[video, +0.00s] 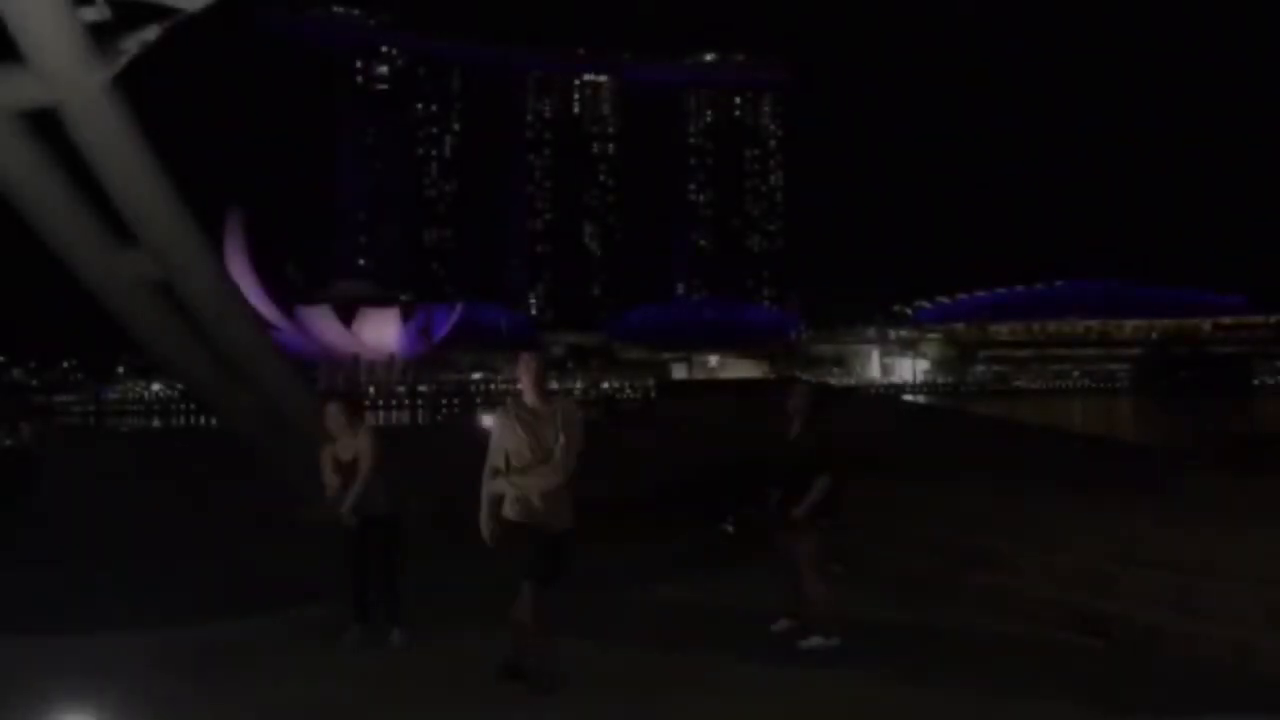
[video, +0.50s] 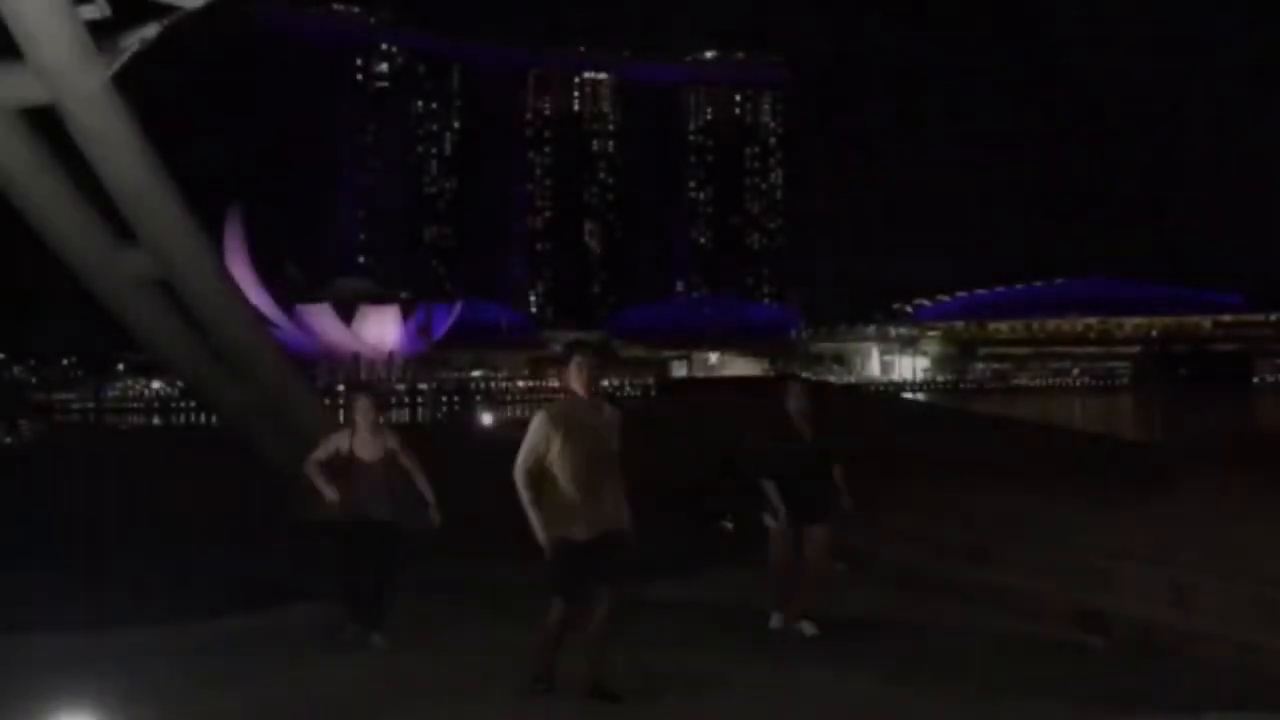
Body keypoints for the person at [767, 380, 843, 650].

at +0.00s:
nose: (792, 404)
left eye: (798, 399)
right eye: (791, 399)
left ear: (809, 404)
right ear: (789, 403)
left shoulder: (817, 436)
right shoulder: (787, 435)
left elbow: (824, 479)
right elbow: (784, 475)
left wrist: (804, 508)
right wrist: (777, 502)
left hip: (813, 517)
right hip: (790, 515)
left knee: (812, 572)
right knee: (792, 570)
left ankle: (822, 627)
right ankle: (793, 614)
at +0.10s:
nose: (789, 406)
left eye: (795, 400)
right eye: (786, 399)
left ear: (805, 404)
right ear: (780, 403)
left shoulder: (815, 434)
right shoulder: (777, 435)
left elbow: (831, 475)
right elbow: (765, 469)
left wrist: (817, 508)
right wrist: (765, 501)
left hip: (807, 511)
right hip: (781, 508)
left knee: (809, 568)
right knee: (786, 566)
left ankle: (822, 622)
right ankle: (790, 613)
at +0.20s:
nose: (788, 405)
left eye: (793, 399)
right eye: (784, 399)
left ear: (802, 403)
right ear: (778, 403)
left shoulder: (814, 433)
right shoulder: (772, 435)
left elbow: (838, 467)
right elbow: (759, 468)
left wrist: (832, 503)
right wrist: (756, 500)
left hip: (809, 504)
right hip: (779, 504)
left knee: (807, 561)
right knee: (782, 561)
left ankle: (822, 614)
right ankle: (789, 612)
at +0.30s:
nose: (790, 402)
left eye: (794, 396)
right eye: (785, 396)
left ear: (803, 400)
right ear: (779, 400)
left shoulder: (816, 430)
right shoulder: (772, 432)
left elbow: (842, 452)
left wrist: (842, 480)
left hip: (812, 499)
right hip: (780, 499)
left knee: (808, 559)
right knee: (784, 558)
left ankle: (813, 612)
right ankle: (788, 611)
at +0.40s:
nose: (792, 403)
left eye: (796, 397)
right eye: (787, 397)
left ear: (806, 402)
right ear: (782, 402)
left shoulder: (820, 437)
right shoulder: (776, 437)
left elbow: (834, 473)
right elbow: (760, 468)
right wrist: (772, 481)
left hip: (813, 504)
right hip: (783, 504)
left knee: (808, 561)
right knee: (784, 560)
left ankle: (807, 615)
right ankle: (786, 612)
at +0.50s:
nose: (799, 405)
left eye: (803, 399)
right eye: (794, 399)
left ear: (811, 401)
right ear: (785, 403)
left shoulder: (821, 431)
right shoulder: (776, 433)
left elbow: (834, 467)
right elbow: (766, 476)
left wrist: (843, 495)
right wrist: (779, 508)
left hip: (817, 504)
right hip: (784, 508)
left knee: (814, 562)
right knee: (781, 561)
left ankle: (801, 614)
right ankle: (778, 610)